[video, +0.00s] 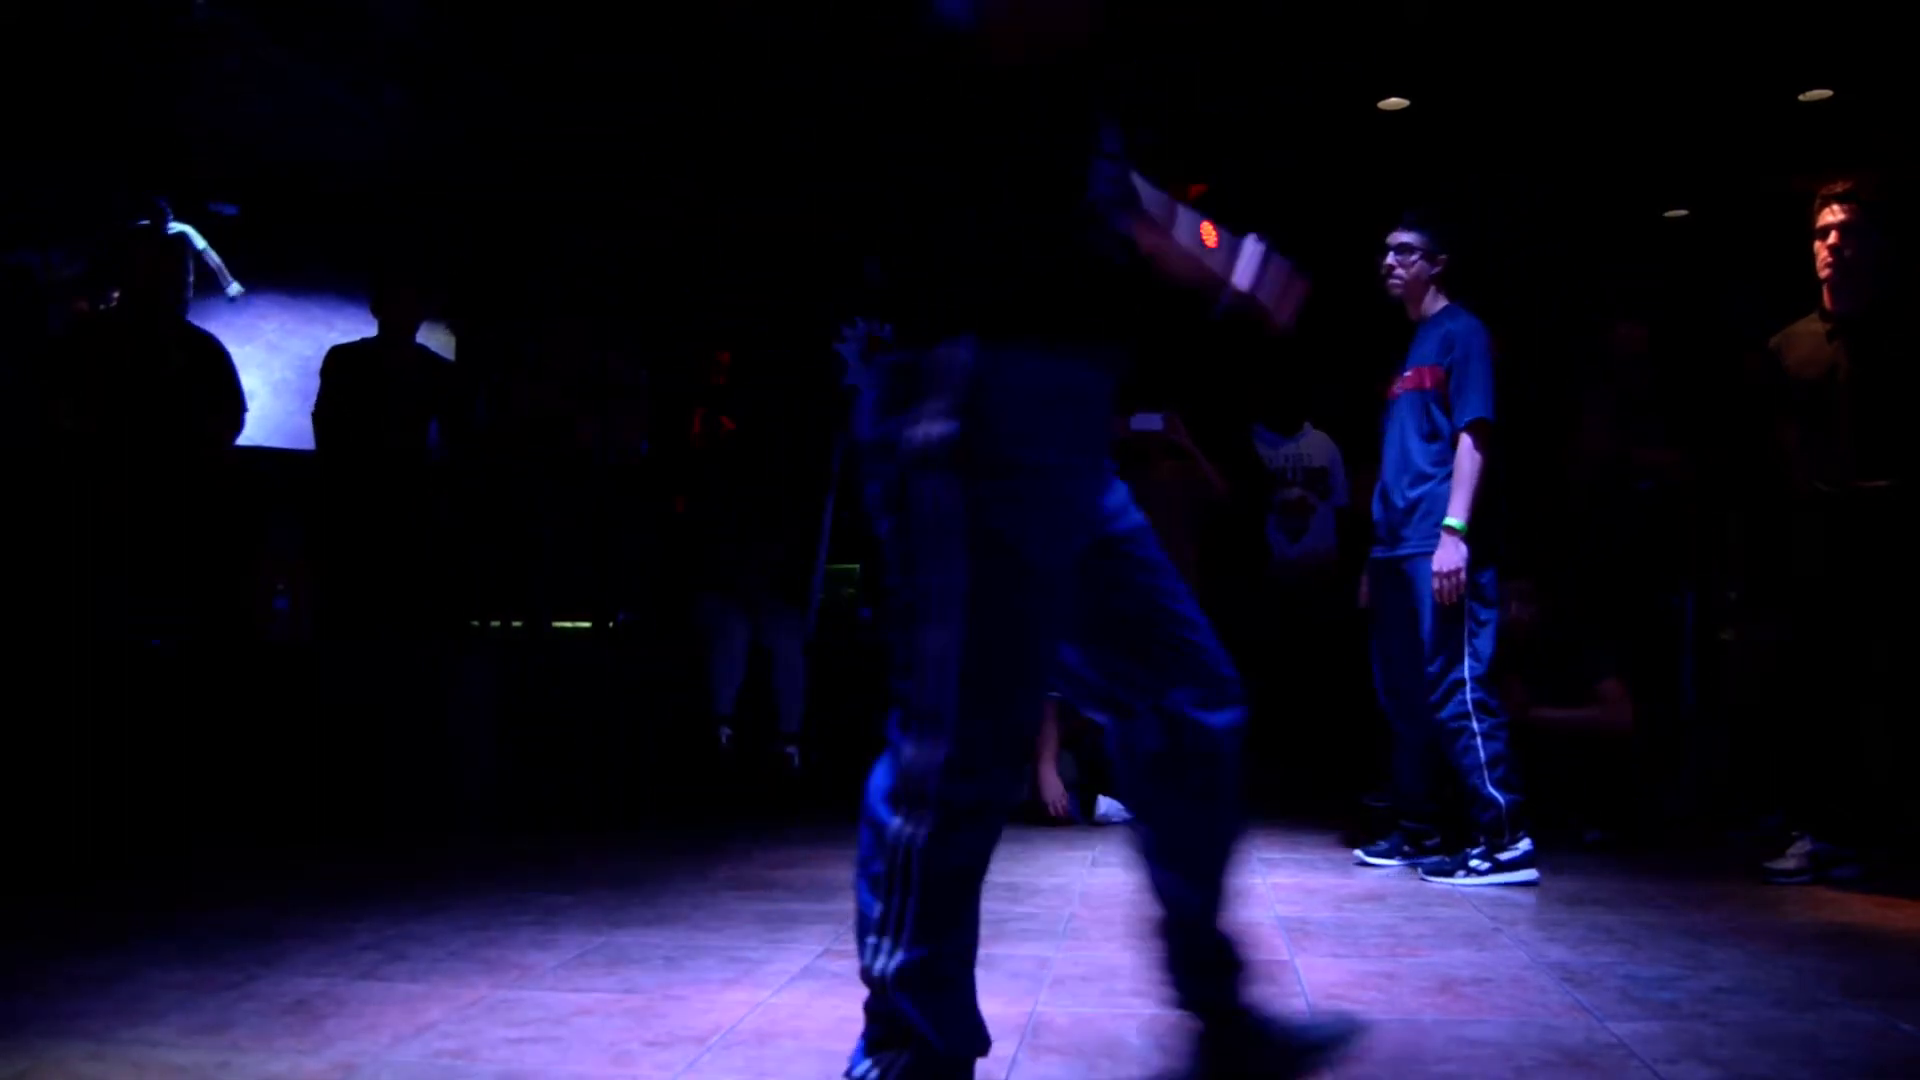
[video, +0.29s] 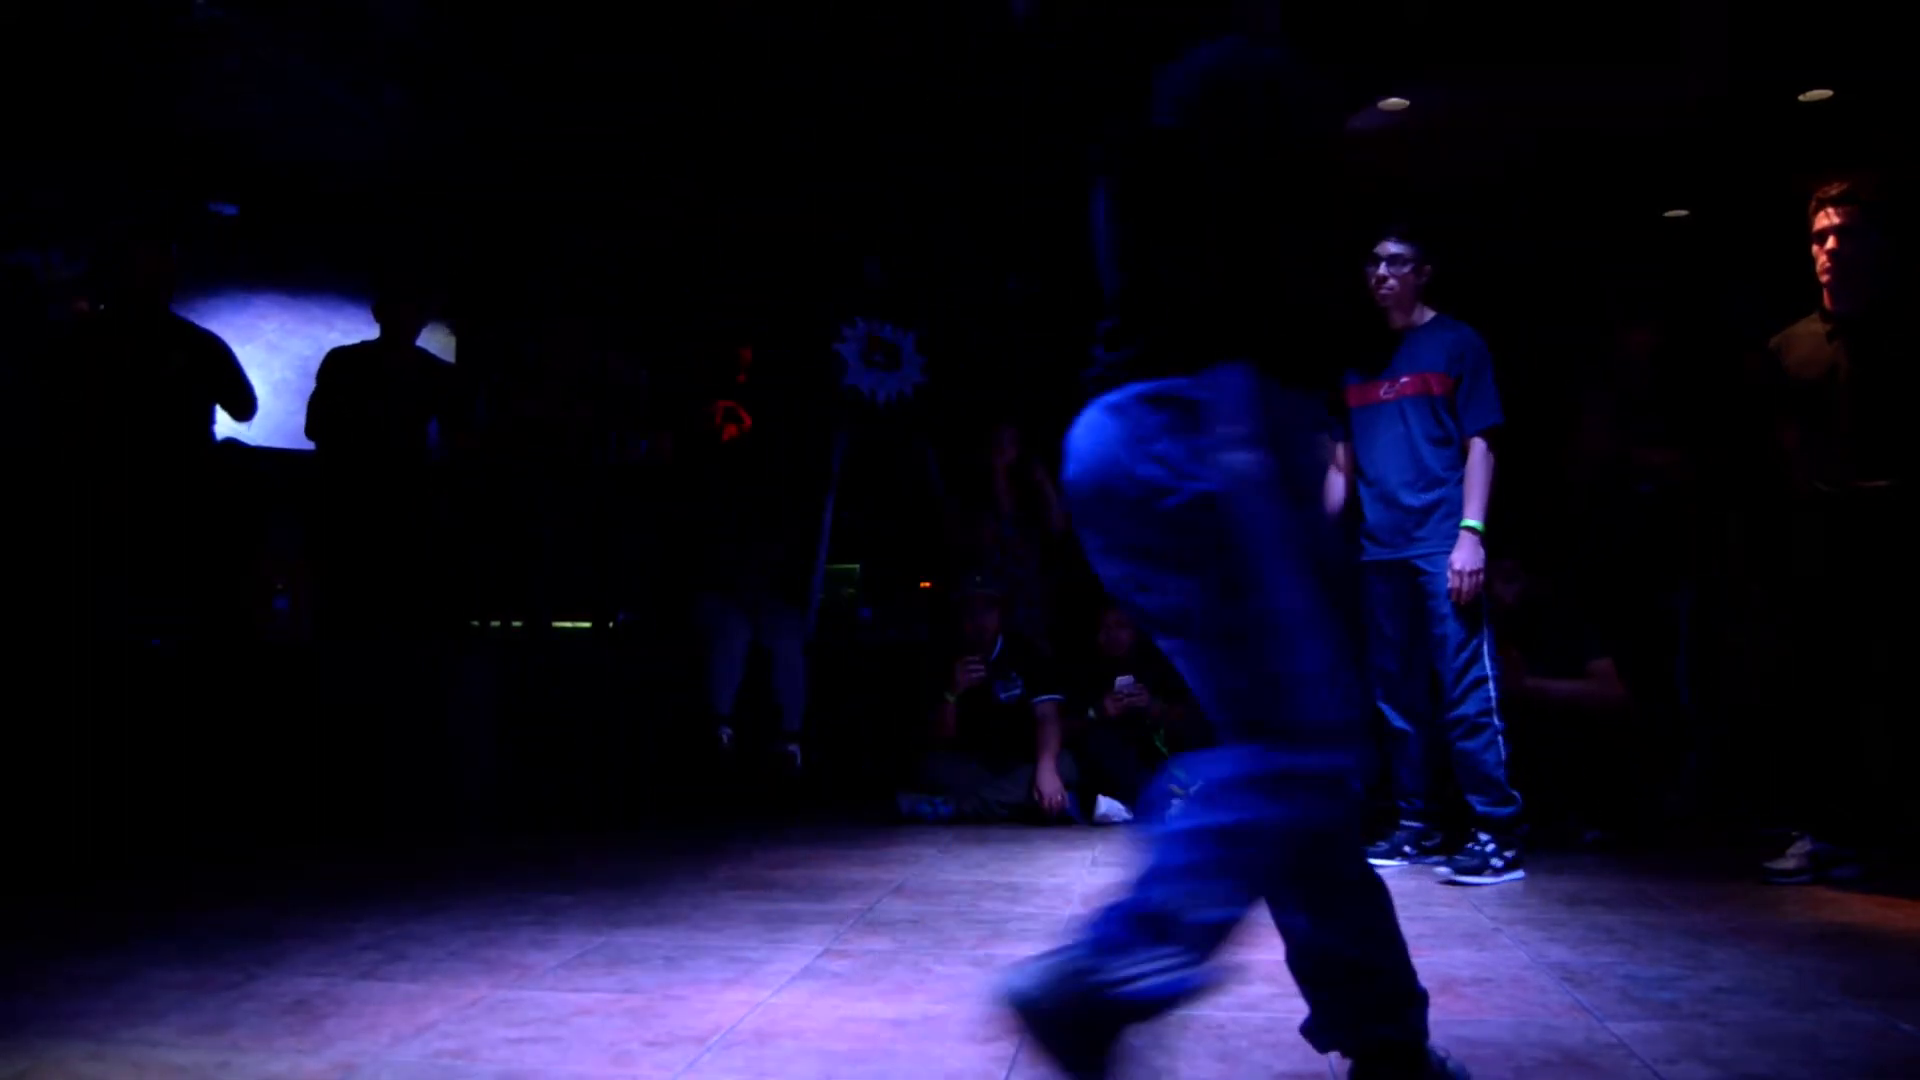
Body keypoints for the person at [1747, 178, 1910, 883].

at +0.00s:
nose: (1833, 248)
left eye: (1851, 234)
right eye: (1824, 234)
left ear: (1880, 250)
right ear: (1812, 249)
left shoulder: (1908, 344)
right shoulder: (1790, 350)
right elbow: (1764, 455)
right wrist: (1766, 530)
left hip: (1895, 540)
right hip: (1809, 539)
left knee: (1890, 681)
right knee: (1812, 680)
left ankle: (1896, 831)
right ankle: (1814, 827)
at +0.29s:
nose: (1830, 250)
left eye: (1846, 236)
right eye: (1821, 237)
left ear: (1878, 249)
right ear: (1810, 251)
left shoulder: (1907, 343)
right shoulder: (1792, 350)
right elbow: (1768, 454)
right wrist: (1771, 527)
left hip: (1895, 540)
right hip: (1810, 539)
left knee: (1891, 681)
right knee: (1814, 680)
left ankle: (1897, 831)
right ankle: (1816, 827)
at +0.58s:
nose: (1829, 248)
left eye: (1845, 233)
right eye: (1819, 235)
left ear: (1877, 248)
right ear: (1809, 250)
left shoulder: (1905, 341)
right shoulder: (1789, 348)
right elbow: (1767, 451)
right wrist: (1770, 527)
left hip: (1895, 539)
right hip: (1810, 538)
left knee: (1892, 680)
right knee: (1813, 678)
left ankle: (1892, 829)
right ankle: (1817, 827)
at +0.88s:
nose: (1826, 252)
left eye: (1842, 237)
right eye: (1818, 239)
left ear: (1876, 248)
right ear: (1809, 252)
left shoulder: (1907, 342)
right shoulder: (1794, 349)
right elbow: (1772, 455)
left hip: (1892, 541)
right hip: (1810, 540)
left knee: (1886, 685)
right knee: (1812, 682)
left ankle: (1884, 832)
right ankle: (1814, 827)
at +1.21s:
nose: (1827, 251)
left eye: (1843, 237)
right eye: (1819, 238)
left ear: (1876, 249)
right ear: (1810, 253)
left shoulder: (1905, 339)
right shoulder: (1793, 347)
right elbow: (1771, 451)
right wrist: (1772, 530)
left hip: (1893, 540)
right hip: (1812, 539)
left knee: (1890, 683)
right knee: (1815, 681)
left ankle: (1896, 834)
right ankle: (1818, 828)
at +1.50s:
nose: (1828, 250)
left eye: (1844, 235)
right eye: (1819, 237)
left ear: (1876, 250)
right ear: (1809, 253)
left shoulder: (1904, 339)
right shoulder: (1792, 348)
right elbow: (1770, 452)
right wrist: (1772, 533)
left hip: (1893, 541)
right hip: (1812, 540)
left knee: (1893, 684)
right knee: (1816, 682)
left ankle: (1898, 834)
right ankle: (1818, 829)